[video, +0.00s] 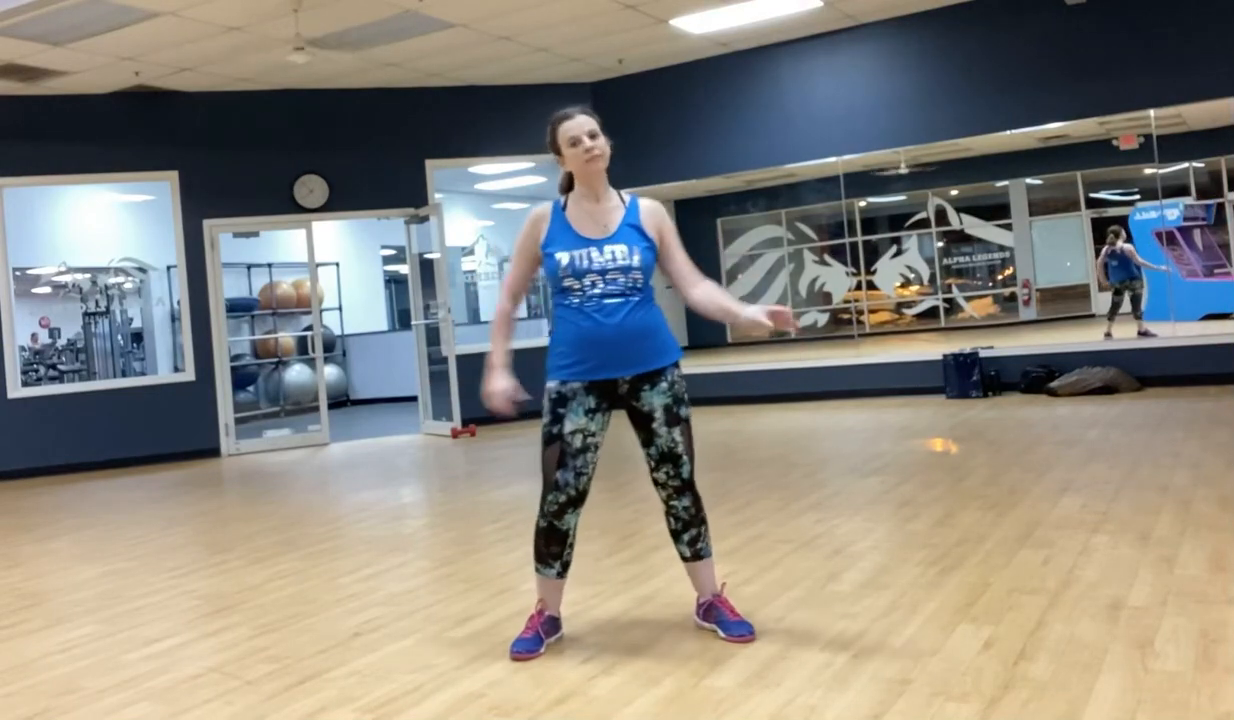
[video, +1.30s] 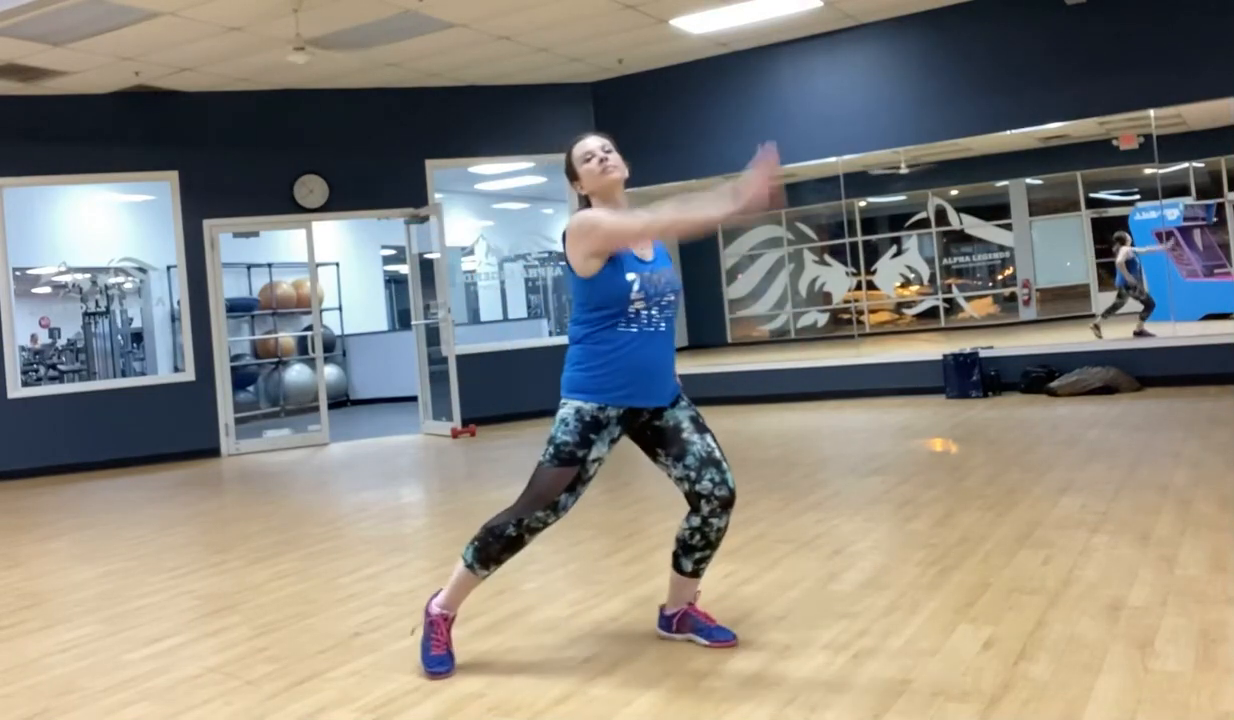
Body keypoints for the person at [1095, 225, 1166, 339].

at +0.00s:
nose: (1125, 234)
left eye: (1124, 232)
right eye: (1123, 232)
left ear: (1112, 236)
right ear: (1120, 235)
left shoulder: (1107, 249)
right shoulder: (1128, 247)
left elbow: (1099, 263)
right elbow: (1139, 262)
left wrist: (1103, 280)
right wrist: (1158, 268)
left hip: (1117, 281)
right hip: (1134, 279)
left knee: (1114, 306)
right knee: (1136, 305)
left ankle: (1108, 330)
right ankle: (1141, 328)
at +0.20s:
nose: (1123, 234)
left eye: (1121, 232)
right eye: (1121, 232)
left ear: (1109, 236)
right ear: (1118, 235)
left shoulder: (1103, 248)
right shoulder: (1124, 248)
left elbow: (1093, 260)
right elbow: (1129, 265)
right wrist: (1142, 272)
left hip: (1112, 281)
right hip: (1127, 279)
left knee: (1113, 305)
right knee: (1133, 303)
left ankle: (1108, 329)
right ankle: (1140, 327)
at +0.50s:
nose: (1121, 234)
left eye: (1119, 232)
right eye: (1119, 232)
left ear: (1107, 235)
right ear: (1117, 234)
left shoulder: (1103, 246)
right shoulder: (1122, 246)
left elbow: (1090, 251)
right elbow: (1127, 262)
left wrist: (1076, 256)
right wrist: (1133, 276)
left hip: (1109, 280)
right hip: (1123, 279)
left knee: (1111, 304)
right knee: (1137, 299)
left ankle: (1107, 330)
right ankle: (1140, 325)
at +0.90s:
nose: (1129, 234)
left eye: (1128, 232)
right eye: (1127, 233)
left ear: (1117, 237)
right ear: (1124, 236)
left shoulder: (1116, 247)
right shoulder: (1129, 245)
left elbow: (1103, 256)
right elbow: (1128, 259)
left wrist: (1090, 260)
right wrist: (1133, 276)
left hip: (1118, 280)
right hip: (1128, 280)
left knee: (1119, 302)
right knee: (1145, 302)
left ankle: (1101, 322)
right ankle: (1139, 328)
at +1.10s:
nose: (1131, 236)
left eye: (1129, 235)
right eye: (1129, 235)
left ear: (1120, 240)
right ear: (1126, 238)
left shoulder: (1121, 249)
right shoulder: (1127, 248)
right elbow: (1120, 261)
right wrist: (1128, 276)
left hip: (1121, 284)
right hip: (1129, 283)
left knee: (1118, 303)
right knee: (1149, 303)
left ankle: (1098, 323)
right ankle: (1139, 328)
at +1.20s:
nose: (1130, 237)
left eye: (1129, 235)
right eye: (1128, 236)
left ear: (1119, 241)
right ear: (1126, 239)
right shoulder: (1126, 249)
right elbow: (1120, 262)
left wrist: (1163, 257)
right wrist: (1128, 277)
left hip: (1122, 284)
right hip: (1129, 284)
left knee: (1117, 304)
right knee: (1149, 304)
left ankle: (1097, 323)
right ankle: (1139, 328)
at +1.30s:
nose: (1130, 237)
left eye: (1128, 236)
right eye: (1127, 236)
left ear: (1120, 241)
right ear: (1125, 239)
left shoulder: (1129, 250)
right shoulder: (1125, 249)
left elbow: (1146, 249)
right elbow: (1119, 262)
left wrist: (1164, 247)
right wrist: (1128, 278)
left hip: (1124, 284)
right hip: (1129, 284)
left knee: (1117, 304)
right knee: (1150, 304)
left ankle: (1097, 323)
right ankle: (1139, 328)